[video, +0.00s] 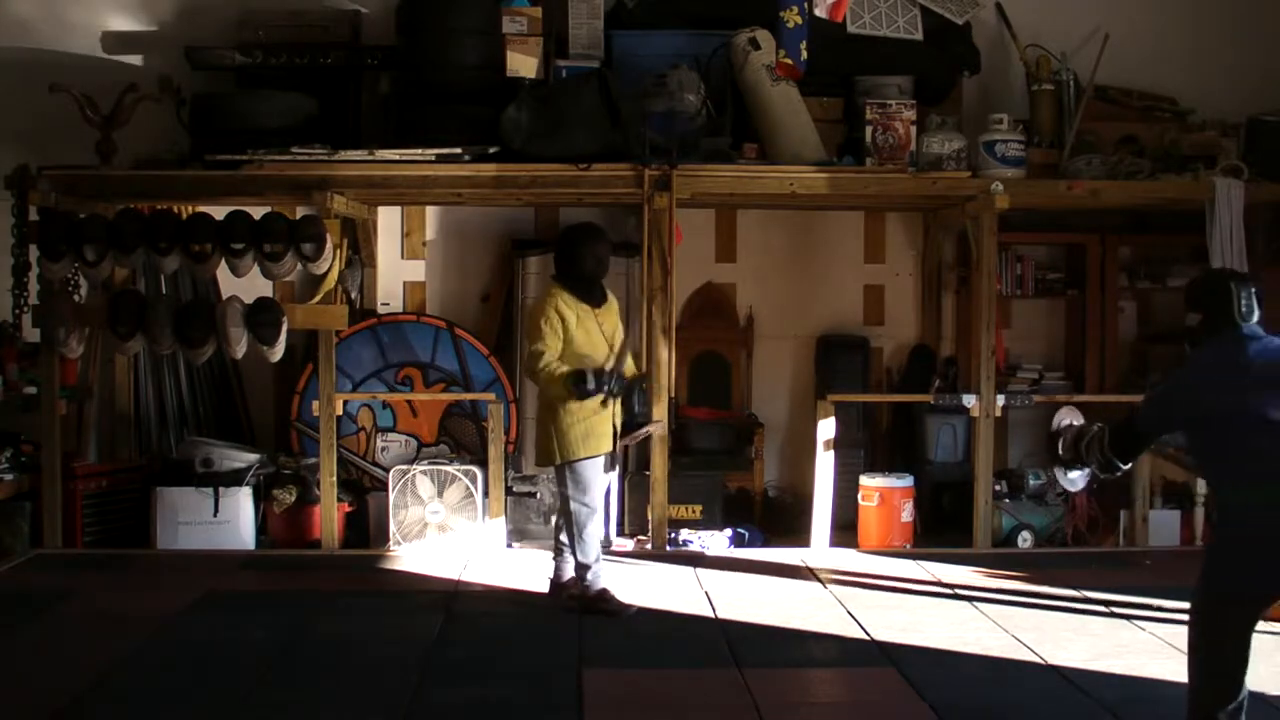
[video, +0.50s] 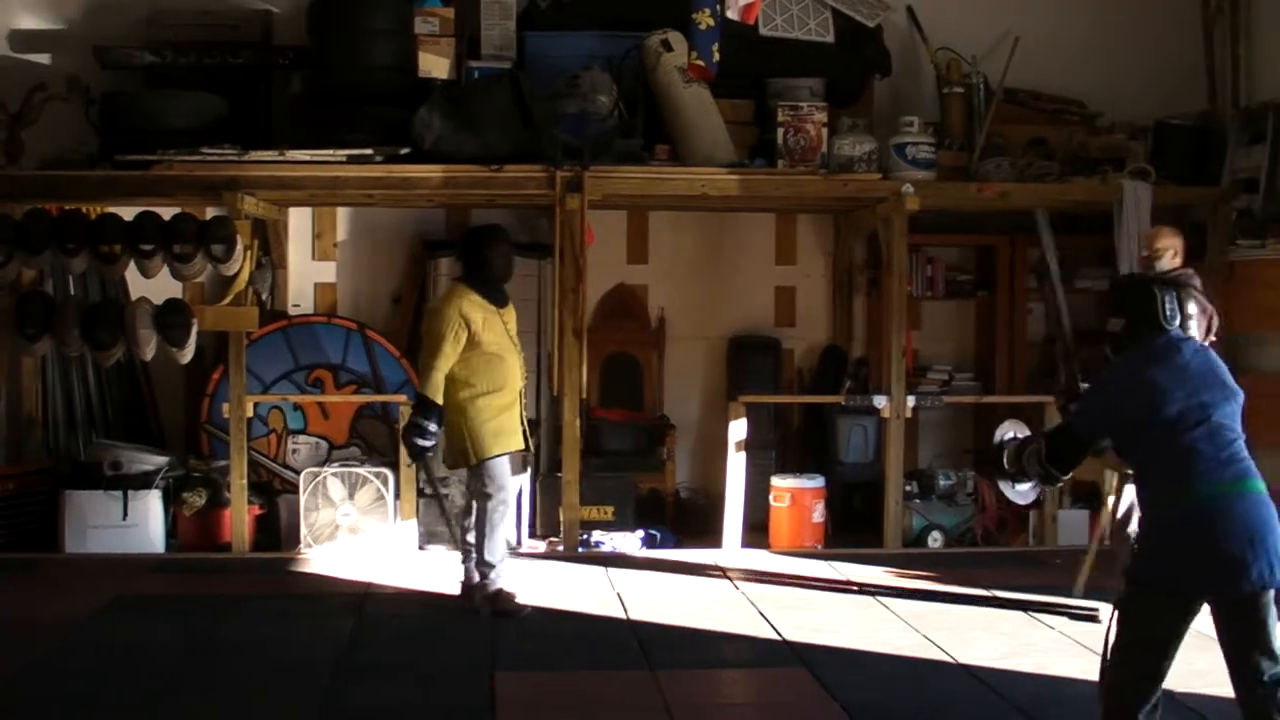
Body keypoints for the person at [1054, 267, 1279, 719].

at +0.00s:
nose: (1185, 323)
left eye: (1190, 313)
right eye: (1189, 313)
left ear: (1201, 317)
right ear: (1250, 309)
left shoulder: (1201, 373)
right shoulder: (1274, 353)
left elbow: (1121, 444)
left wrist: (1075, 436)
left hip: (1252, 533)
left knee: (1216, 633)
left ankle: (1216, 710)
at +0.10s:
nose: (1176, 324)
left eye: (1180, 314)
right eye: (1178, 314)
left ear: (1193, 317)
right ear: (1243, 311)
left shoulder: (1189, 374)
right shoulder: (1272, 356)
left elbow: (1113, 448)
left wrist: (1071, 442)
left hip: (1249, 530)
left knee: (1212, 635)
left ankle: (1213, 711)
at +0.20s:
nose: (1150, 327)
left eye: (1155, 316)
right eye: (1152, 316)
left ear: (1168, 319)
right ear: (1215, 313)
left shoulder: (1162, 376)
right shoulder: (1261, 365)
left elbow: (1087, 452)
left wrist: (1040, 450)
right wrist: (1164, 460)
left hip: (1215, 534)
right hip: (1277, 529)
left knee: (1185, 682)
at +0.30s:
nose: (1138, 327)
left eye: (1143, 316)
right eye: (1141, 316)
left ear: (1156, 319)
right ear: (1204, 313)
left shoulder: (1148, 382)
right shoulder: (1242, 360)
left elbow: (1080, 457)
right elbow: (1266, 402)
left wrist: (1040, 452)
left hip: (1204, 536)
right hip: (1272, 528)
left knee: (1174, 681)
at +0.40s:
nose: (1111, 326)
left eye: (1116, 316)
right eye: (1112, 315)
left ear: (1128, 320)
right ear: (1175, 314)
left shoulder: (1122, 380)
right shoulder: (1216, 361)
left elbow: (1059, 459)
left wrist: (1017, 454)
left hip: (1181, 534)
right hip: (1257, 525)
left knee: (1144, 679)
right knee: (1268, 677)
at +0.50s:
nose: (1110, 330)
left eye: (1115, 319)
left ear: (1127, 322)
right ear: (1177, 315)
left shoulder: (1121, 378)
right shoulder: (1212, 361)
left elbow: (1055, 455)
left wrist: (1012, 455)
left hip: (1175, 539)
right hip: (1250, 529)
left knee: (1129, 684)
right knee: (1263, 680)